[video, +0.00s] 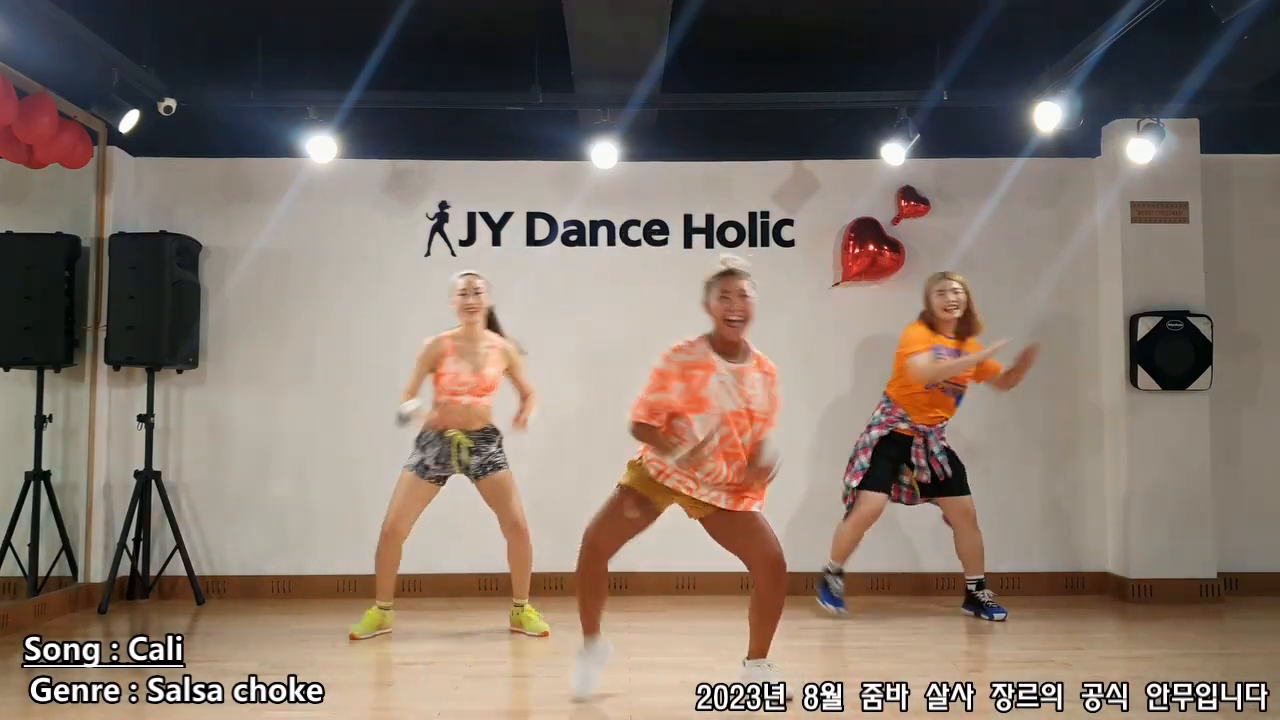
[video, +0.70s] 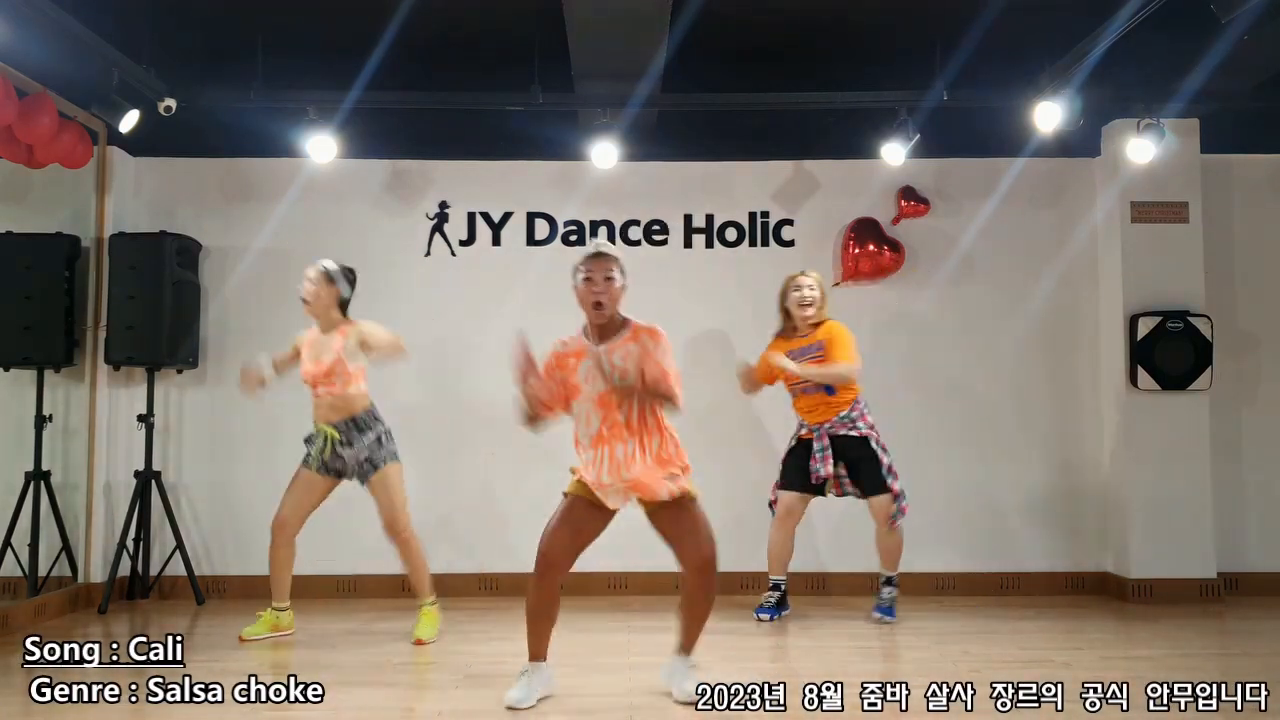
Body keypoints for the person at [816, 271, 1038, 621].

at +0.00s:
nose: (950, 298)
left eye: (956, 292)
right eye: (941, 293)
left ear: (966, 300)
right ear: (928, 301)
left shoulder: (970, 347)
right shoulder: (916, 335)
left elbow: (1002, 382)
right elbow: (920, 374)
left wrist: (1021, 366)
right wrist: (970, 361)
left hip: (931, 438)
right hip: (892, 432)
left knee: (963, 512)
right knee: (870, 506)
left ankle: (976, 592)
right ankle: (831, 575)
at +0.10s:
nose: (929, 295)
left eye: (935, 290)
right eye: (920, 290)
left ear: (944, 299)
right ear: (906, 299)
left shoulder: (949, 347)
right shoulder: (889, 336)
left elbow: (968, 395)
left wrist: (978, 387)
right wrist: (919, 376)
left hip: (920, 439)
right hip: (879, 436)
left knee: (957, 511)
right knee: (861, 513)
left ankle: (976, 591)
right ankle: (839, 591)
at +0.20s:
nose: (903, 290)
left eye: (910, 285)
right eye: (895, 285)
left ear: (920, 294)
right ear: (882, 294)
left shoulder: (928, 341)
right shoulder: (864, 331)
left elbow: (959, 391)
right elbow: (824, 365)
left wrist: (938, 368)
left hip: (904, 434)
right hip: (862, 433)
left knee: (938, 511)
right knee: (848, 515)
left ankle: (959, 586)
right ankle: (839, 592)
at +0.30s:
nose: (884, 286)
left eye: (890, 280)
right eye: (876, 281)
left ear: (900, 288)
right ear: (863, 289)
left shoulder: (908, 331)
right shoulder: (847, 327)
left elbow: (945, 362)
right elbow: (799, 346)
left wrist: (914, 328)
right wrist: (832, 326)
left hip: (893, 429)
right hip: (851, 428)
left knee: (907, 506)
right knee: (842, 514)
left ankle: (910, 586)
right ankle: (838, 592)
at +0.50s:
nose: (845, 290)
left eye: (852, 285)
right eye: (838, 286)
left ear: (865, 293)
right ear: (829, 296)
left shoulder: (877, 331)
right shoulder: (817, 333)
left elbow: (910, 339)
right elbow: (773, 353)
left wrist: (872, 315)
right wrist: (784, 327)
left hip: (869, 430)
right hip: (826, 429)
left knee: (878, 514)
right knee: (798, 499)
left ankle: (880, 593)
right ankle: (809, 579)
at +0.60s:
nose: (822, 291)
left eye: (829, 285)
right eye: (815, 287)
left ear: (842, 292)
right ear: (806, 295)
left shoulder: (860, 330)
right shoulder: (798, 339)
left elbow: (889, 364)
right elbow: (764, 385)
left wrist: (849, 361)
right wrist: (775, 362)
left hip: (861, 432)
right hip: (819, 433)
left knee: (874, 517)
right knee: (789, 507)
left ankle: (880, 595)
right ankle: (776, 590)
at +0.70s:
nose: (807, 294)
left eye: (813, 289)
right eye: (798, 289)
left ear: (822, 298)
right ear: (785, 301)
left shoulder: (834, 332)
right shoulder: (779, 347)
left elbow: (849, 371)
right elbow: (754, 384)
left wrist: (797, 369)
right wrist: (749, 374)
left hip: (852, 430)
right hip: (810, 435)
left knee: (885, 508)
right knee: (786, 508)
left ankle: (888, 587)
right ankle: (776, 591)